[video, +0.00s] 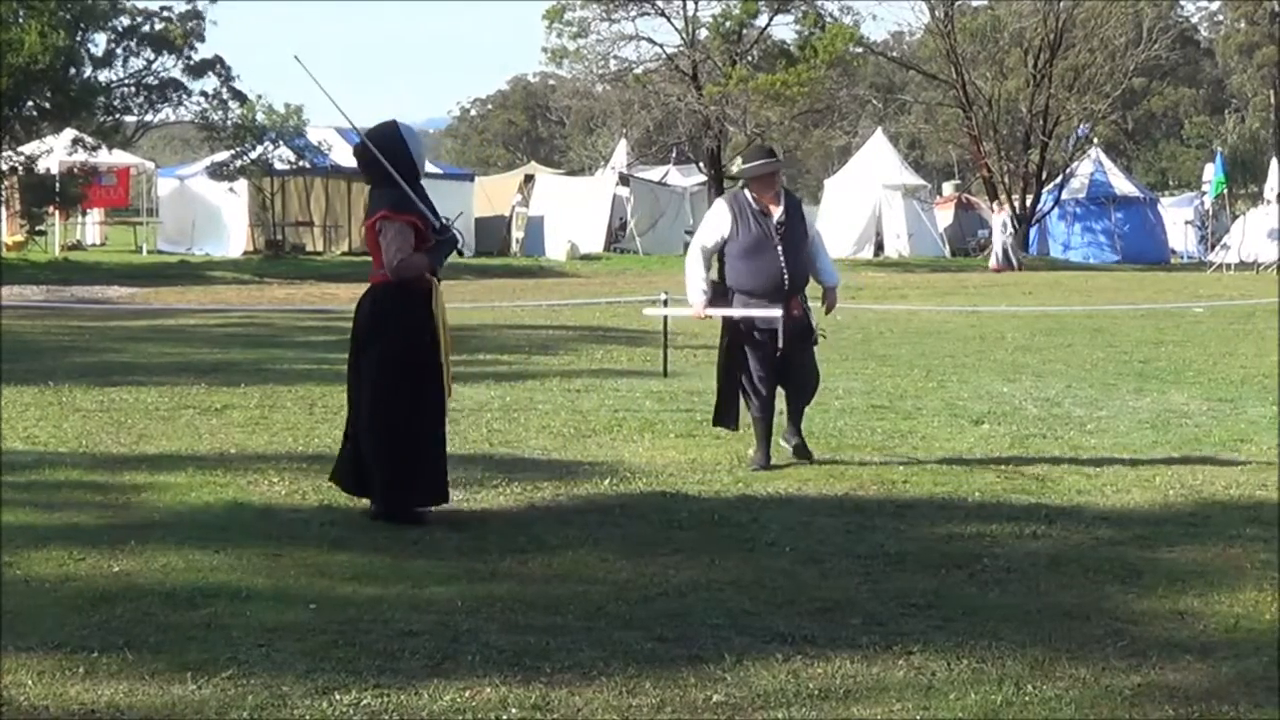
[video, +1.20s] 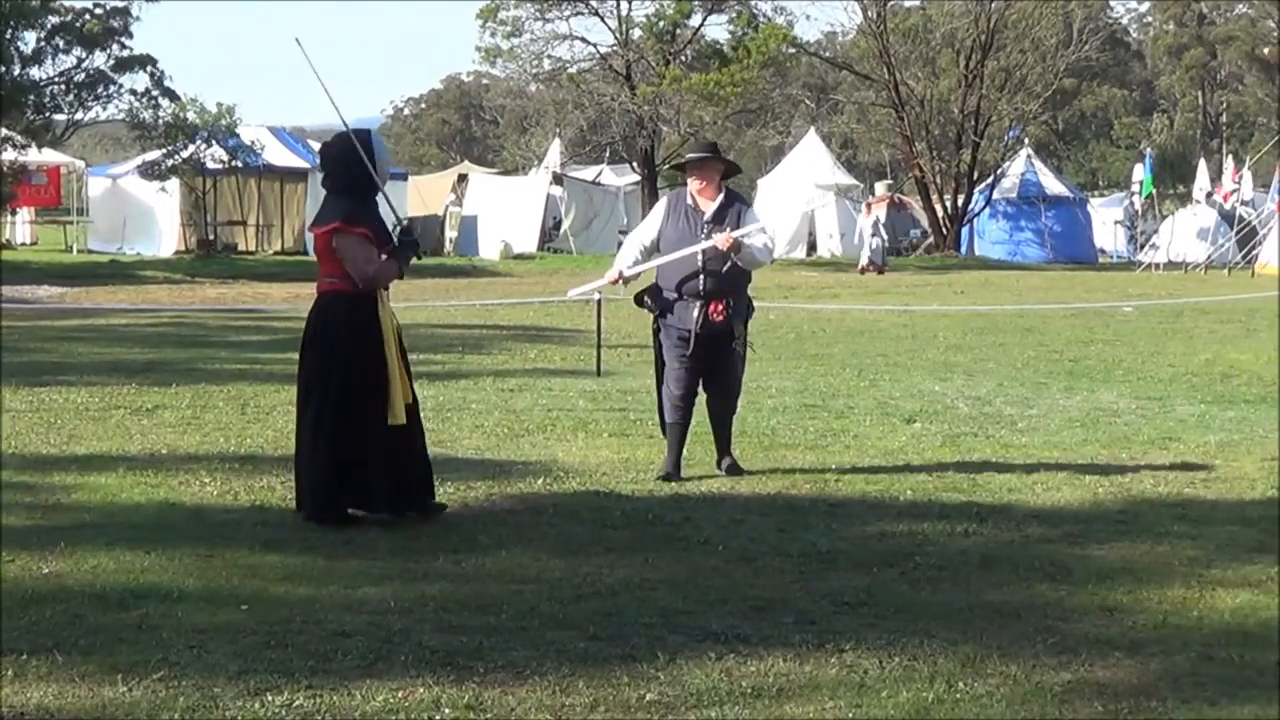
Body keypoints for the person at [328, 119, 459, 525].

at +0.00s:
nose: (419, 155)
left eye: (414, 147)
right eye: (412, 148)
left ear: (377, 160)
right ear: (401, 156)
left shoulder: (397, 200)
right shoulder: (394, 204)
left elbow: (405, 262)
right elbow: (399, 265)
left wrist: (435, 245)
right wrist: (438, 251)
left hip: (399, 309)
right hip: (395, 313)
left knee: (400, 399)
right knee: (400, 400)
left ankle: (394, 494)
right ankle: (397, 498)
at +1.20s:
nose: (388, 168)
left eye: (385, 161)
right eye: (381, 161)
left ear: (341, 171)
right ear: (362, 170)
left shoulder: (350, 212)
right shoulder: (344, 216)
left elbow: (366, 269)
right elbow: (368, 275)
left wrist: (396, 251)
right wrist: (401, 254)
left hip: (358, 315)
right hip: (346, 318)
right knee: (342, 407)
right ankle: (330, 502)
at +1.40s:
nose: (381, 172)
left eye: (378, 165)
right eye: (374, 165)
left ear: (335, 174)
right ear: (357, 172)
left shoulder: (354, 215)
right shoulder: (341, 220)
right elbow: (385, 269)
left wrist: (391, 243)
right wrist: (400, 247)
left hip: (362, 317)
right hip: (342, 318)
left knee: (385, 404)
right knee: (332, 406)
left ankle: (425, 491)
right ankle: (314, 499)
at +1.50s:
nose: (381, 170)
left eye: (378, 162)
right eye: (376, 163)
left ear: (336, 173)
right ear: (361, 171)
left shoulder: (340, 214)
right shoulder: (350, 219)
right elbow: (391, 269)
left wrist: (387, 239)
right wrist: (399, 241)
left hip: (344, 312)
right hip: (353, 317)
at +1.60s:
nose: (382, 168)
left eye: (379, 162)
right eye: (375, 162)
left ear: (333, 173)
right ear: (362, 170)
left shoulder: (332, 214)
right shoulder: (359, 215)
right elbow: (394, 265)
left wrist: (385, 228)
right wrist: (395, 229)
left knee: (322, 400)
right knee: (389, 402)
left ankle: (301, 494)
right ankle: (400, 500)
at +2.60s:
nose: (355, 171)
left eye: (352, 163)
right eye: (350, 164)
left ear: (308, 177)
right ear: (337, 173)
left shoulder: (313, 216)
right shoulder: (326, 220)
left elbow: (335, 279)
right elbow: (344, 284)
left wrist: (380, 284)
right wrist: (387, 285)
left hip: (313, 320)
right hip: (334, 325)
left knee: (320, 415)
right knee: (344, 416)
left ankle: (317, 508)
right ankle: (349, 517)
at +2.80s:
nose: (348, 176)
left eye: (345, 168)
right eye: (343, 169)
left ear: (302, 177)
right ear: (328, 174)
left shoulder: (317, 219)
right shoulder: (312, 223)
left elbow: (326, 283)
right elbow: (319, 286)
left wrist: (363, 302)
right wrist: (367, 305)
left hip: (322, 323)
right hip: (315, 326)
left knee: (334, 418)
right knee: (325, 419)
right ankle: (323, 518)